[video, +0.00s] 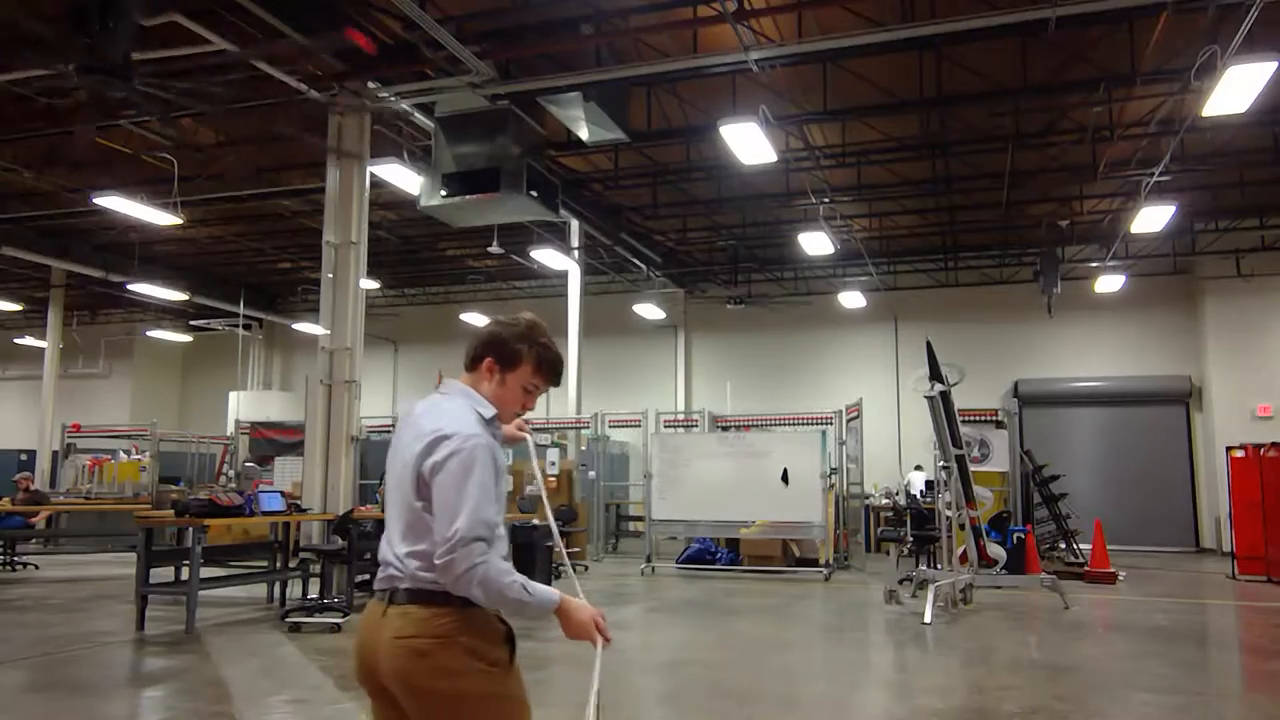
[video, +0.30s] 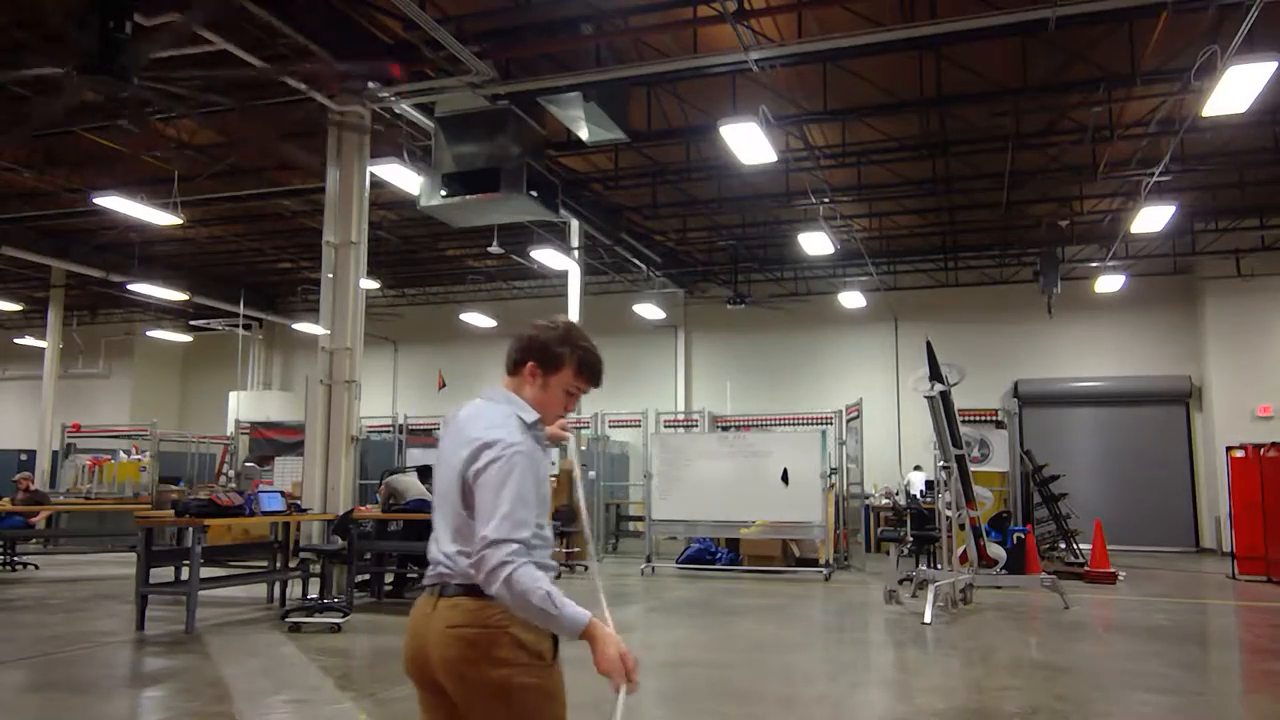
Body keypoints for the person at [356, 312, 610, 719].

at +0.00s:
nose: (530, 407)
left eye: (537, 395)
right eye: (528, 390)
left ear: (486, 370)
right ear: (490, 370)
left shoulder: (420, 413)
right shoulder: (467, 437)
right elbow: (466, 563)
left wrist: (494, 433)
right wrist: (559, 605)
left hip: (382, 622)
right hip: (442, 636)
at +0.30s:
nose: (571, 409)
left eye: (578, 398)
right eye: (570, 393)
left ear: (528, 374)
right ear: (532, 374)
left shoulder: (463, 418)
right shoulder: (511, 441)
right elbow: (503, 564)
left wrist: (537, 434)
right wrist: (590, 629)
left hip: (432, 612)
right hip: (491, 626)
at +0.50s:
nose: (607, 416)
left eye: (613, 405)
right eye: (607, 401)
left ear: (568, 379)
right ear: (573, 382)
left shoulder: (495, 415)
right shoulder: (544, 443)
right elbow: (532, 566)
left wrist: (561, 431)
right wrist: (592, 648)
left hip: (453, 608)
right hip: (506, 620)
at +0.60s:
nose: (620, 418)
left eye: (626, 408)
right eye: (622, 404)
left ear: (585, 381)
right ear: (590, 384)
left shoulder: (508, 411)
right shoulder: (555, 449)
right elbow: (514, 569)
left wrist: (575, 434)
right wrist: (564, 664)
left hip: (459, 605)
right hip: (511, 617)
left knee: (481, 713)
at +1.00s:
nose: (616, 425)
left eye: (621, 416)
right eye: (617, 414)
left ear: (583, 396)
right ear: (587, 398)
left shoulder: (527, 420)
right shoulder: (540, 454)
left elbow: (570, 451)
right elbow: (537, 568)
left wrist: (605, 469)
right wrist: (630, 580)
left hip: (482, 600)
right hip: (516, 615)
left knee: (503, 712)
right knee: (543, 712)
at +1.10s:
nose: (609, 421)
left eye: (614, 411)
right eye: (608, 409)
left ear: (574, 393)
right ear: (577, 393)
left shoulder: (532, 428)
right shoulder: (530, 449)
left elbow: (563, 469)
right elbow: (523, 562)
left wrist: (604, 481)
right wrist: (619, 571)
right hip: (514, 614)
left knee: (508, 713)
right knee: (542, 712)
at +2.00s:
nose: (632, 417)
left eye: (633, 408)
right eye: (633, 408)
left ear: (585, 399)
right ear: (625, 409)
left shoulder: (557, 439)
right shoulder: (579, 450)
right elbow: (562, 521)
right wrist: (568, 584)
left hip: (490, 585)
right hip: (524, 592)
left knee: (521, 709)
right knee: (552, 711)